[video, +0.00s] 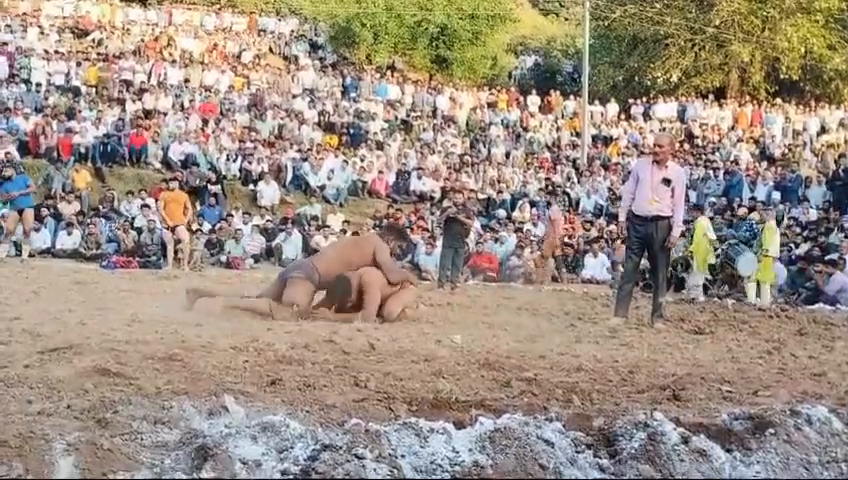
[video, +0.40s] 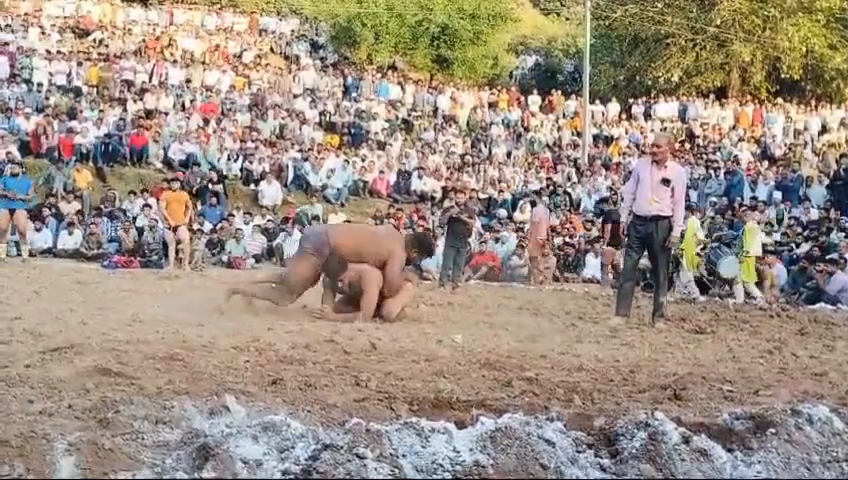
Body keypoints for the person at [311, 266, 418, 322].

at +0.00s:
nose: (347, 306)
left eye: (349, 303)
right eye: (342, 304)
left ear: (353, 290)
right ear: (334, 292)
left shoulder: (370, 278)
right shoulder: (336, 285)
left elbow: (368, 318)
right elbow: (319, 310)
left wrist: (333, 317)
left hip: (406, 286)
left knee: (388, 314)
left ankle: (407, 313)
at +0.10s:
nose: (353, 297)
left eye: (355, 293)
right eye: (349, 295)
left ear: (359, 282)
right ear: (338, 286)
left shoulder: (374, 280)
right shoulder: (340, 280)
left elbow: (367, 319)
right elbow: (322, 308)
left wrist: (330, 317)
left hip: (404, 287)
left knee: (388, 314)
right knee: (340, 310)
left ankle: (405, 313)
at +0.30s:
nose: (344, 288)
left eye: (346, 283)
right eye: (339, 285)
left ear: (353, 274)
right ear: (332, 280)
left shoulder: (372, 277)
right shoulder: (331, 280)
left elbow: (365, 318)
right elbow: (330, 311)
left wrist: (334, 317)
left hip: (398, 287)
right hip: (369, 288)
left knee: (387, 313)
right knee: (340, 307)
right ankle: (374, 308)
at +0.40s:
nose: (338, 285)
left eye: (341, 280)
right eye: (334, 281)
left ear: (348, 272)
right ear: (328, 277)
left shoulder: (369, 276)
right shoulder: (328, 279)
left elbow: (365, 317)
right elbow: (328, 311)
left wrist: (332, 317)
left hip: (399, 286)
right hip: (367, 290)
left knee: (388, 314)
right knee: (337, 308)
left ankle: (406, 312)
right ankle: (374, 310)